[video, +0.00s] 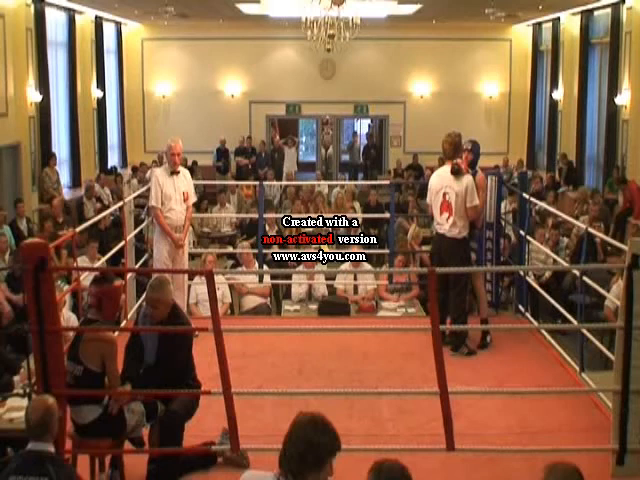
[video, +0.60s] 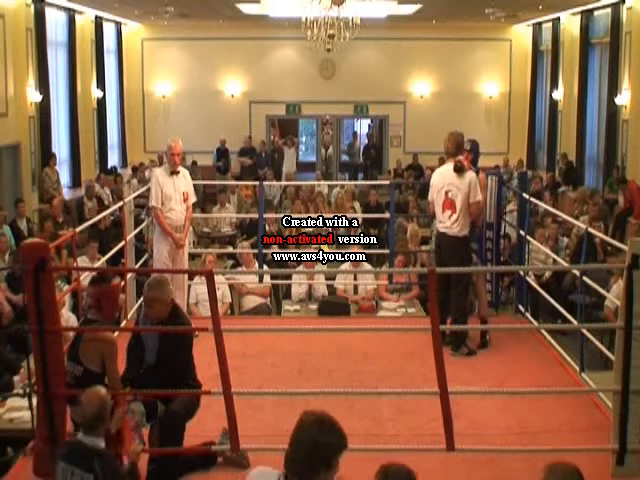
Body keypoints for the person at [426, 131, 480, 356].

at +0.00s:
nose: (464, 154)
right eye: (463, 151)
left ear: (443, 152)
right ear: (462, 153)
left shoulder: (435, 176)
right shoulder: (467, 179)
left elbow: (431, 207)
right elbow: (472, 213)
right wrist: (476, 189)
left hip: (439, 237)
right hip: (458, 239)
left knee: (440, 285)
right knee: (459, 288)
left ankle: (439, 328)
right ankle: (458, 337)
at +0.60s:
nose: (463, 151)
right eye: (463, 148)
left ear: (445, 149)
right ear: (463, 149)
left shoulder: (437, 174)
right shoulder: (470, 176)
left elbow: (432, 208)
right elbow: (474, 210)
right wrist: (481, 188)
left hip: (441, 234)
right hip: (460, 236)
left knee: (442, 283)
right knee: (460, 286)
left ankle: (440, 328)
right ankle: (459, 337)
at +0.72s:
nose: (465, 152)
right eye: (465, 149)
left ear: (446, 150)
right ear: (465, 150)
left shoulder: (437, 174)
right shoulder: (470, 176)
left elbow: (432, 206)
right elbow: (475, 209)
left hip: (441, 235)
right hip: (460, 237)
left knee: (442, 284)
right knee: (460, 287)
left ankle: (440, 328)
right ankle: (459, 338)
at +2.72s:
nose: (467, 161)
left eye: (461, 156)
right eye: (467, 157)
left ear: (450, 156)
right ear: (467, 156)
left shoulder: (439, 177)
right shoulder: (472, 177)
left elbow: (435, 208)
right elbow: (482, 208)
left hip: (444, 239)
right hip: (465, 241)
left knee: (445, 287)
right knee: (464, 290)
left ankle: (444, 329)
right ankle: (459, 339)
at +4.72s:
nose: (474, 157)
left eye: (471, 153)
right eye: (474, 153)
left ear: (454, 154)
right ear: (472, 155)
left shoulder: (445, 178)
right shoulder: (475, 178)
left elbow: (439, 213)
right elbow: (482, 209)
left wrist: (453, 218)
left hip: (451, 238)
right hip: (469, 239)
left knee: (450, 284)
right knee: (468, 287)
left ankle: (444, 327)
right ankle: (465, 338)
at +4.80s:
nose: (475, 157)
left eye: (471, 153)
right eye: (475, 154)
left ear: (455, 154)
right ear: (473, 155)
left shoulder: (446, 179)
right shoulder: (477, 179)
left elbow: (440, 213)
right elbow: (484, 209)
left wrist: (453, 220)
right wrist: (487, 222)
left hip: (452, 237)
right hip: (470, 238)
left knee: (450, 284)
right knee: (469, 287)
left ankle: (444, 326)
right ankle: (465, 337)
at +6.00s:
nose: (455, 158)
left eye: (450, 154)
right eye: (461, 154)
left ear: (446, 155)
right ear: (465, 154)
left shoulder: (441, 180)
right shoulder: (472, 178)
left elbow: (435, 211)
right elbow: (481, 209)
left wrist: (447, 222)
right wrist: (491, 193)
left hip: (449, 235)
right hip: (468, 235)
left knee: (449, 283)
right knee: (467, 285)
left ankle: (449, 328)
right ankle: (464, 336)